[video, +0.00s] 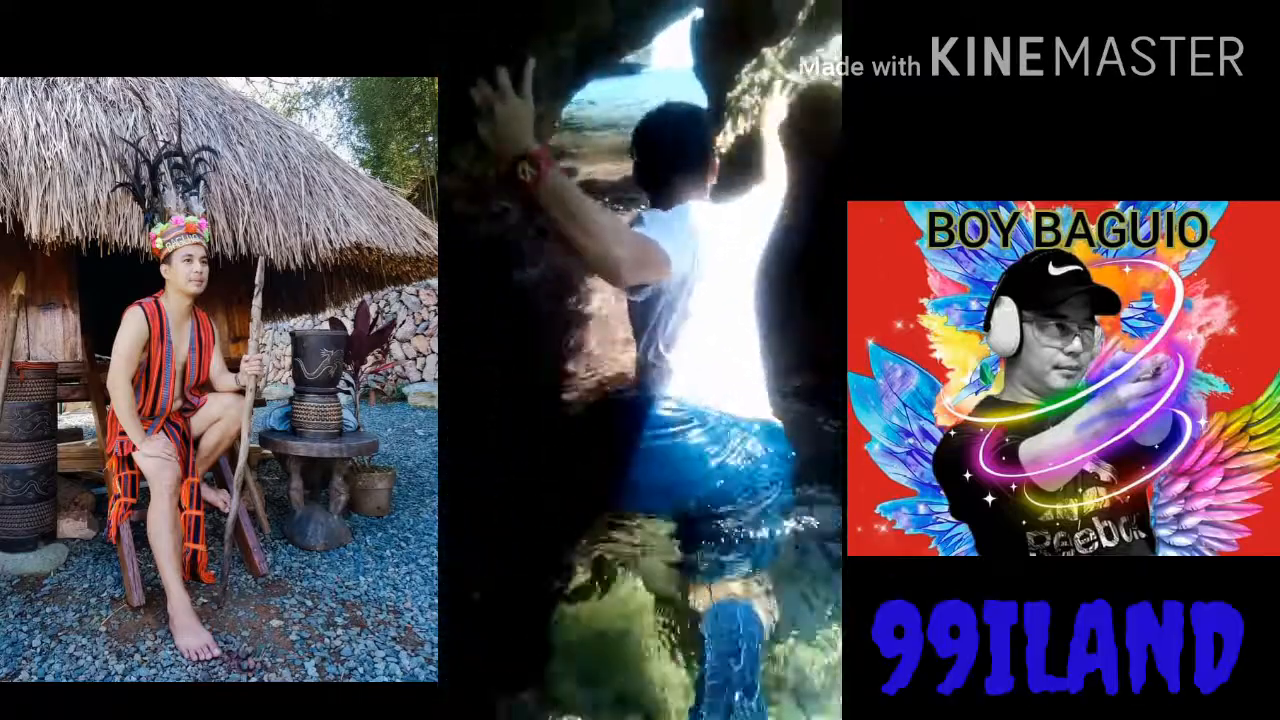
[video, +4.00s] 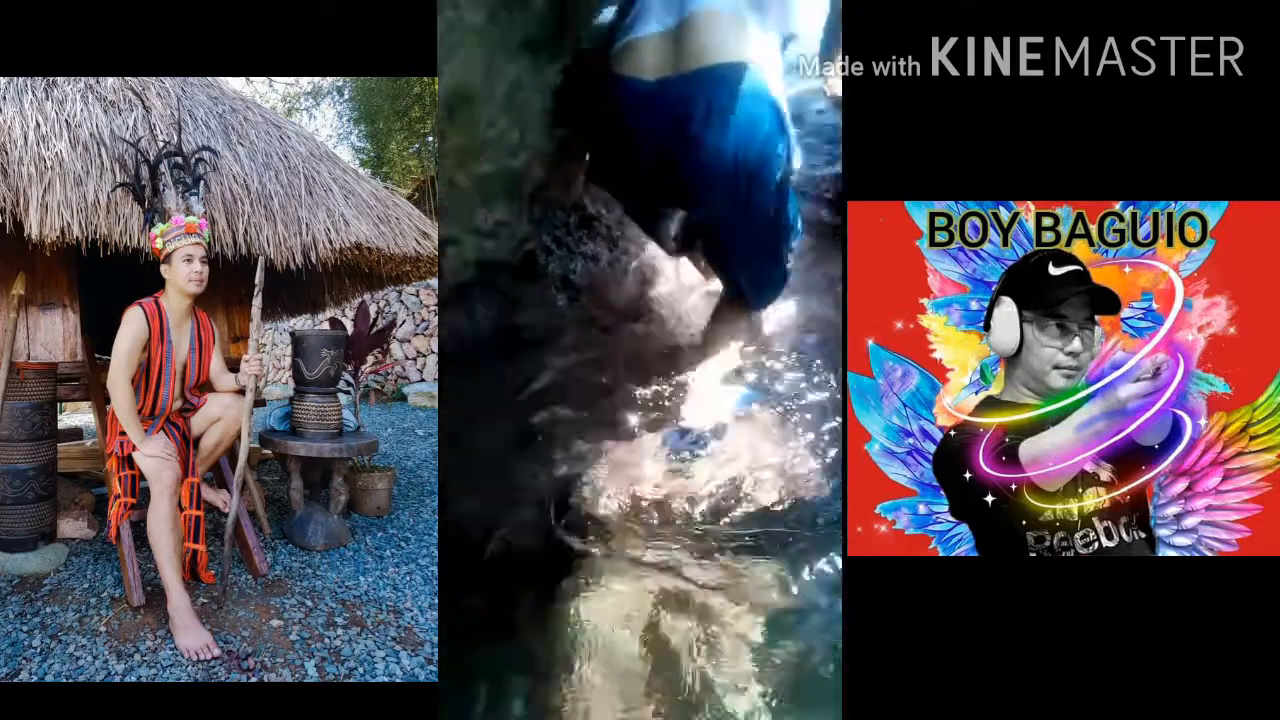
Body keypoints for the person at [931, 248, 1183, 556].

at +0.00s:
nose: (1077, 346)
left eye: (1086, 328)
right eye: (1057, 327)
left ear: (1097, 334)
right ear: (1008, 327)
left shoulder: (1112, 410)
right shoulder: (962, 446)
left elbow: (1157, 436)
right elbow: (1017, 473)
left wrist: (1148, 395)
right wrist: (1107, 413)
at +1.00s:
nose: (1077, 346)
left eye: (1087, 328)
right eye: (1057, 326)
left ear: (1097, 335)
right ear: (1007, 326)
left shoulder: (1113, 410)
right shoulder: (962, 446)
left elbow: (1157, 436)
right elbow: (1017, 472)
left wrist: (1148, 396)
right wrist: (1107, 413)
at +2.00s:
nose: (1076, 346)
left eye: (1086, 328)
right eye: (1055, 327)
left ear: (1096, 334)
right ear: (1007, 327)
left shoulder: (1113, 409)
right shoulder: (962, 445)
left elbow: (1155, 435)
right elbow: (1022, 472)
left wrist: (1149, 396)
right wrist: (1105, 412)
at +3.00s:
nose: (1076, 346)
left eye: (1086, 328)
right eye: (1055, 326)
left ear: (1096, 335)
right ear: (1007, 328)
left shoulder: (1113, 408)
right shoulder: (962, 446)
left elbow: (1156, 436)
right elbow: (1021, 472)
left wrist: (1147, 395)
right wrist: (1105, 413)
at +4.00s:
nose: (1076, 346)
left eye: (1086, 328)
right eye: (1055, 327)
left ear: (1096, 334)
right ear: (1007, 327)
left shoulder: (1113, 409)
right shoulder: (962, 445)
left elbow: (1155, 435)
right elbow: (1022, 472)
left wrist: (1149, 396)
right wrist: (1106, 412)